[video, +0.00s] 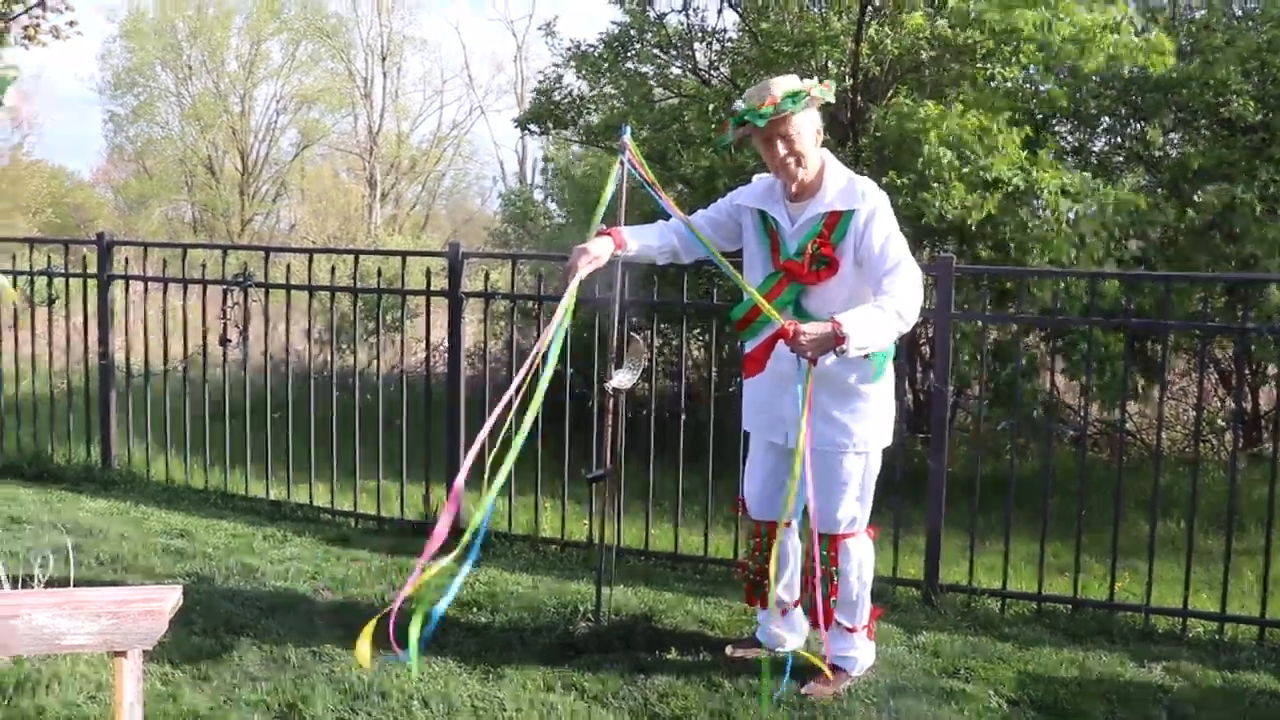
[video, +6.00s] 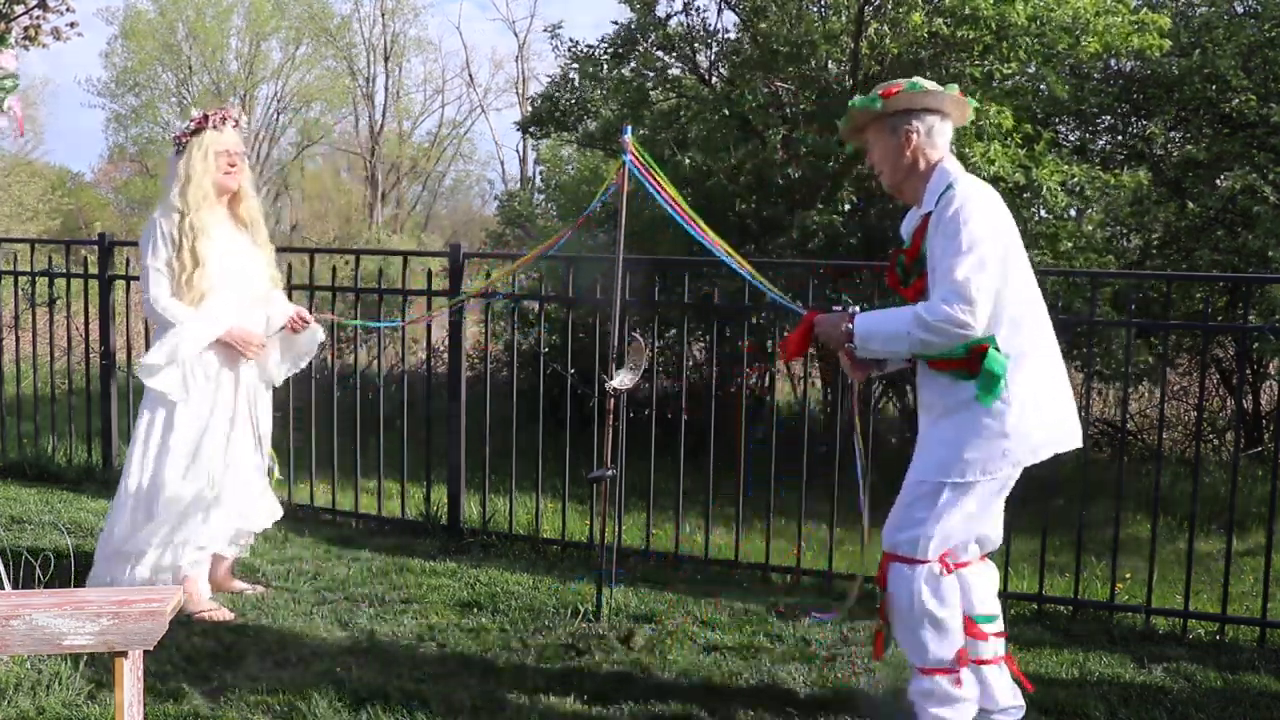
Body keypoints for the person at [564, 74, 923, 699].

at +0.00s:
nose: (784, 153)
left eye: (794, 139)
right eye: (770, 143)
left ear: (819, 131)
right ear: (756, 147)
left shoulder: (864, 203)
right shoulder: (751, 202)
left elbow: (904, 294)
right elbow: (683, 235)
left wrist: (842, 330)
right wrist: (613, 241)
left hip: (849, 392)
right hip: (773, 385)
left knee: (840, 524)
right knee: (768, 512)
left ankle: (847, 657)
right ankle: (779, 636)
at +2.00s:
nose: (774, 157)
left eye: (784, 144)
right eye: (767, 145)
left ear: (824, 135)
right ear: (766, 146)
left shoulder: (875, 206)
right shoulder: (761, 203)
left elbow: (918, 293)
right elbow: (692, 236)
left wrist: (862, 331)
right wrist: (622, 247)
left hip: (854, 392)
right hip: (779, 384)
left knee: (844, 524)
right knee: (772, 510)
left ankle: (849, 656)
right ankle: (779, 634)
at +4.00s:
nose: (743, 164)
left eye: (751, 150)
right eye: (739, 152)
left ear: (791, 144)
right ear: (740, 150)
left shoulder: (854, 206)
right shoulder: (736, 204)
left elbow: (902, 293)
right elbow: (652, 227)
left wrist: (857, 341)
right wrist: (567, 228)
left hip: (844, 385)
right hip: (768, 380)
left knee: (843, 519)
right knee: (766, 510)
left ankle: (851, 656)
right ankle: (778, 634)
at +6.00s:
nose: (867, 165)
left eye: (871, 148)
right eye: (864, 151)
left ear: (913, 140)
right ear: (917, 143)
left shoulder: (964, 205)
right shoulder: (940, 211)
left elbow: (962, 316)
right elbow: (950, 327)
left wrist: (856, 328)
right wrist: (878, 353)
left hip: (982, 414)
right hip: (980, 414)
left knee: (914, 547)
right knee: (962, 551)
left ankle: (942, 701)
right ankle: (994, 696)